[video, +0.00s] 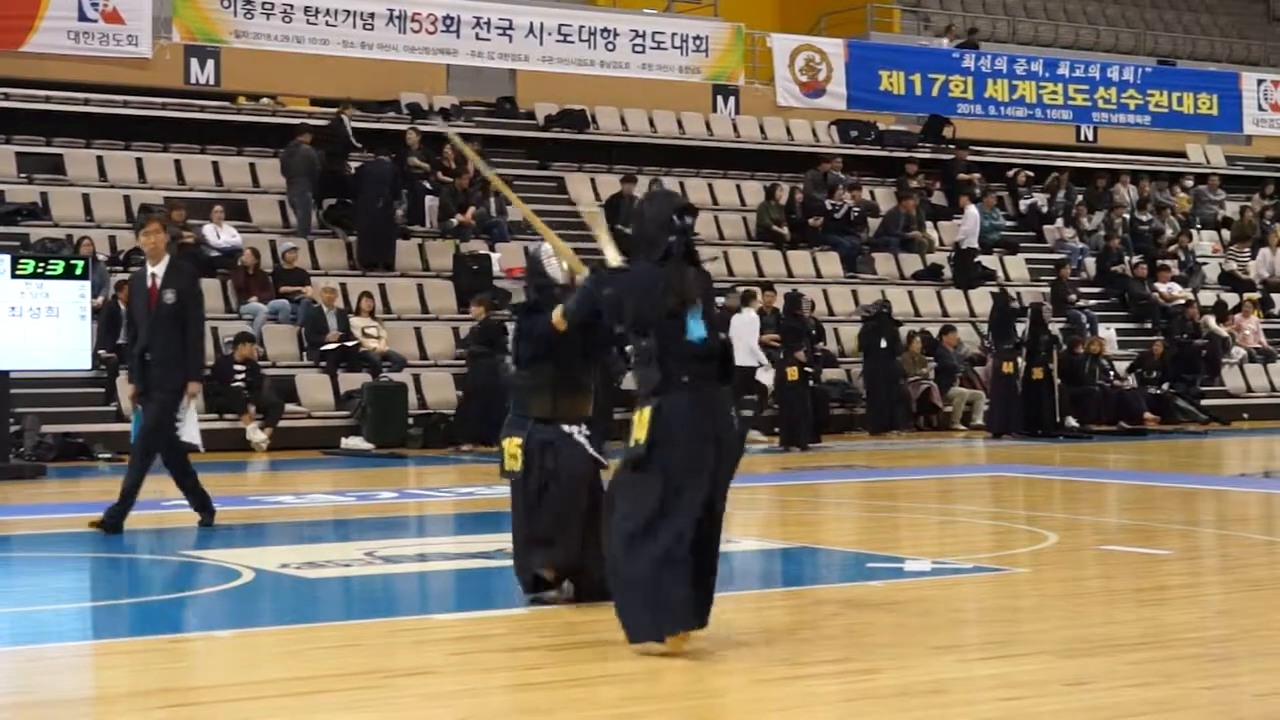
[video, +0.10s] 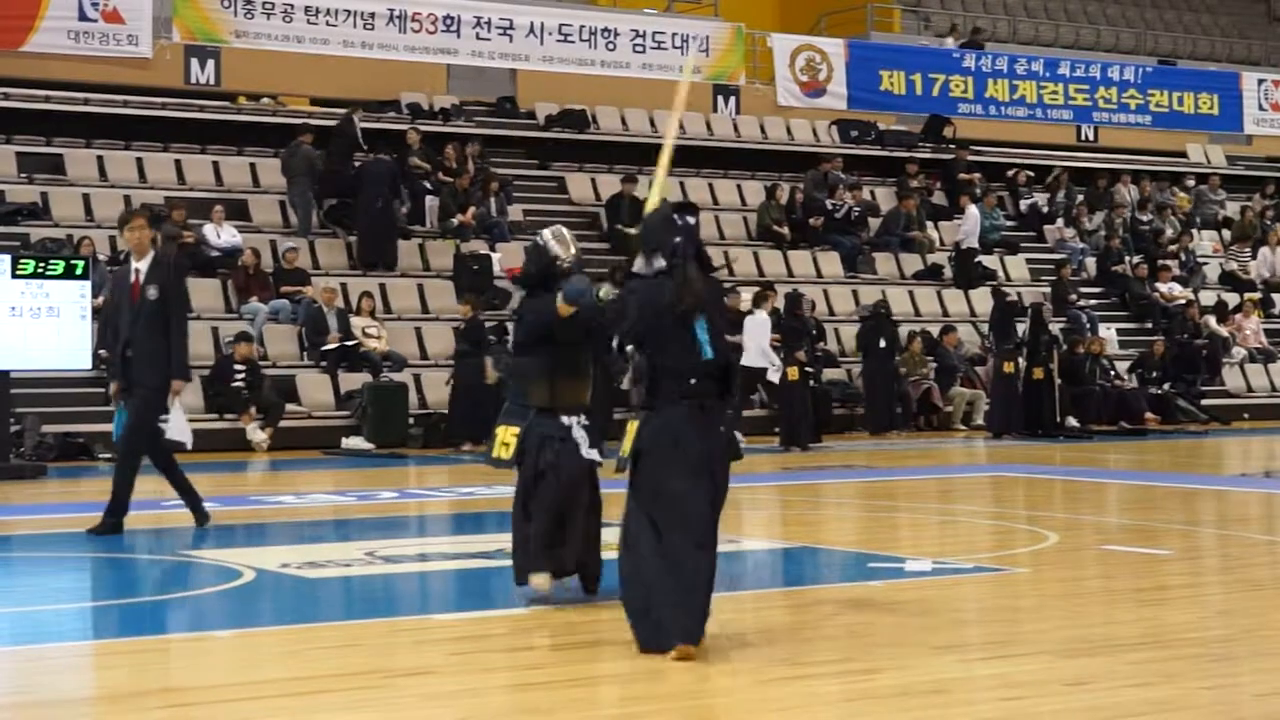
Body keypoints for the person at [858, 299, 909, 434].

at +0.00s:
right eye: (888, 309)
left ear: (874, 310)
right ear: (889, 310)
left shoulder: (867, 326)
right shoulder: (892, 326)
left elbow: (861, 347)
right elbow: (898, 349)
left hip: (871, 369)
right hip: (888, 368)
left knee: (875, 397)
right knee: (890, 396)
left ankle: (876, 426)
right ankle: (892, 424)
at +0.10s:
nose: (883, 313)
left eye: (882, 309)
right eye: (884, 310)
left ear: (873, 310)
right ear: (888, 311)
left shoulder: (866, 325)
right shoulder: (891, 325)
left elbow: (860, 346)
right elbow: (896, 347)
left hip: (870, 367)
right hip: (887, 367)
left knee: (873, 396)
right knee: (887, 396)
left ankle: (874, 425)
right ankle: (886, 425)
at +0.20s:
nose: (884, 314)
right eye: (885, 311)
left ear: (873, 310)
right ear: (887, 311)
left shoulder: (865, 325)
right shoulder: (891, 325)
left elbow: (860, 346)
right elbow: (897, 347)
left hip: (870, 366)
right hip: (887, 365)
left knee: (871, 396)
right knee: (886, 395)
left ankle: (872, 425)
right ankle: (886, 424)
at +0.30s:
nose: (884, 313)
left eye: (884, 310)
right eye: (885, 310)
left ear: (873, 310)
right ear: (886, 311)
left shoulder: (865, 325)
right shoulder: (891, 325)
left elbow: (860, 346)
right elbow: (899, 348)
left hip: (870, 366)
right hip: (887, 365)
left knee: (871, 395)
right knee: (886, 395)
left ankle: (871, 424)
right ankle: (886, 423)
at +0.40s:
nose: (884, 313)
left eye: (883, 309)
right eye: (885, 310)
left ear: (873, 310)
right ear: (886, 311)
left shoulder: (866, 325)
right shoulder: (891, 325)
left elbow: (859, 345)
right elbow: (899, 348)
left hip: (870, 365)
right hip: (887, 365)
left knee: (871, 395)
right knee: (886, 394)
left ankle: (871, 424)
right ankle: (885, 423)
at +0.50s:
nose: (885, 313)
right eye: (885, 310)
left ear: (873, 309)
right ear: (887, 311)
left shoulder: (866, 325)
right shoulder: (891, 325)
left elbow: (859, 345)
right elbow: (895, 348)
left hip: (870, 366)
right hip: (886, 366)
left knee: (871, 395)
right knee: (885, 394)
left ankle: (871, 424)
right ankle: (884, 423)